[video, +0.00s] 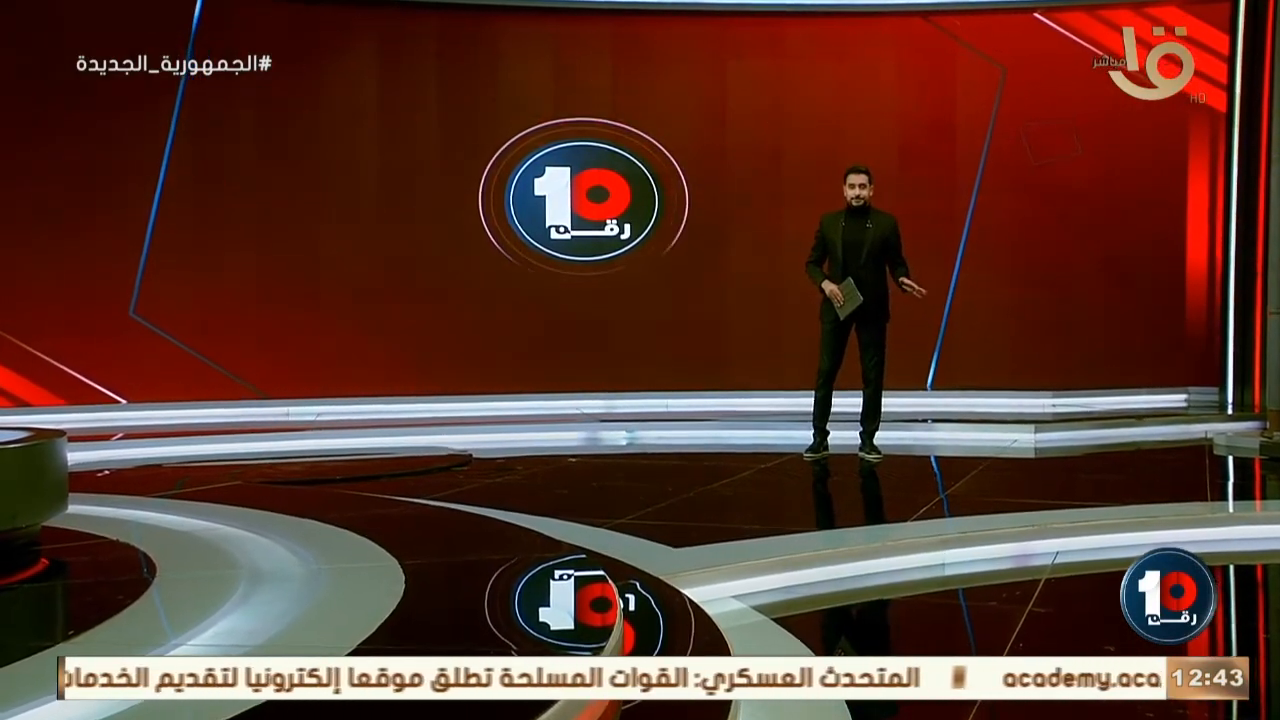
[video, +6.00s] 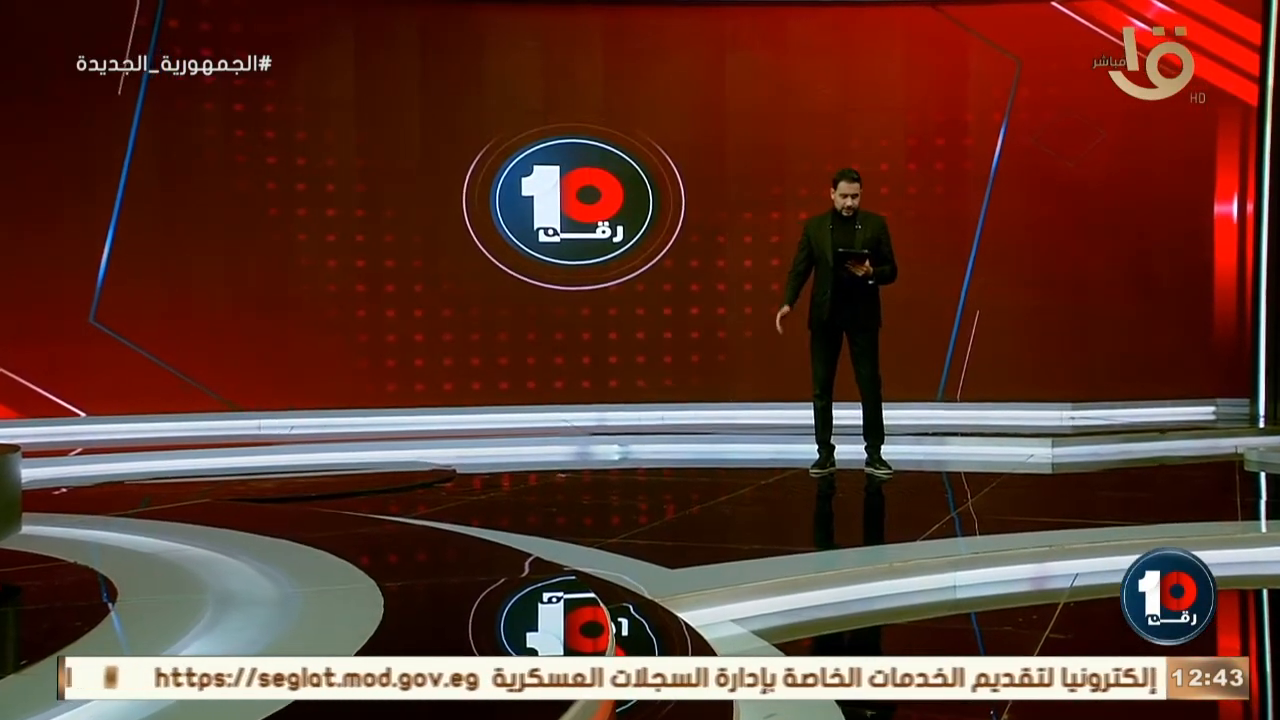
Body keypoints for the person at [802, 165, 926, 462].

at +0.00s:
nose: (857, 192)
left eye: (862, 186)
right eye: (852, 186)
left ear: (871, 190)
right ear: (844, 190)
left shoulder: (886, 223)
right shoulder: (830, 223)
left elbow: (896, 261)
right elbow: (812, 265)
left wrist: (903, 278)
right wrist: (825, 283)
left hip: (873, 308)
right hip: (836, 307)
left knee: (873, 376)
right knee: (826, 372)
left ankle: (868, 440)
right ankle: (819, 437)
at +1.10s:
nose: (819, 196)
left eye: (824, 190)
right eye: (814, 191)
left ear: (833, 191)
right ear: (806, 194)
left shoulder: (851, 224)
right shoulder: (795, 228)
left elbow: (867, 266)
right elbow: (781, 271)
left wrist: (857, 285)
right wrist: (796, 284)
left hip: (844, 311)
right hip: (809, 313)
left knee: (856, 373)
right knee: (810, 379)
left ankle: (868, 441)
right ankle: (820, 441)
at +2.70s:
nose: (862, 204)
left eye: (867, 199)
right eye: (857, 198)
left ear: (874, 197)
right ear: (847, 195)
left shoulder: (890, 224)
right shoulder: (833, 226)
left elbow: (904, 271)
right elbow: (818, 271)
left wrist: (884, 272)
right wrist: (832, 269)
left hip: (878, 315)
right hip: (842, 315)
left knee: (880, 381)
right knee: (831, 378)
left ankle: (873, 446)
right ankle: (822, 444)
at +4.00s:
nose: (860, 204)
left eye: (866, 198)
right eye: (855, 198)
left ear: (874, 196)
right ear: (846, 195)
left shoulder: (889, 225)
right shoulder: (833, 225)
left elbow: (903, 273)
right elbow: (820, 273)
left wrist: (880, 271)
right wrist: (820, 313)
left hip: (877, 316)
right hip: (840, 315)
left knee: (879, 383)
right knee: (830, 379)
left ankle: (873, 449)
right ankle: (824, 447)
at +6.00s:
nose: (850, 202)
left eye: (855, 196)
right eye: (844, 196)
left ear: (862, 195)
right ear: (832, 194)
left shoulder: (875, 225)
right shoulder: (815, 227)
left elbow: (890, 272)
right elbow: (800, 267)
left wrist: (872, 272)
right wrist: (788, 302)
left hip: (863, 318)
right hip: (825, 318)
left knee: (870, 385)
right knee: (822, 387)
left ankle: (874, 455)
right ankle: (824, 454)